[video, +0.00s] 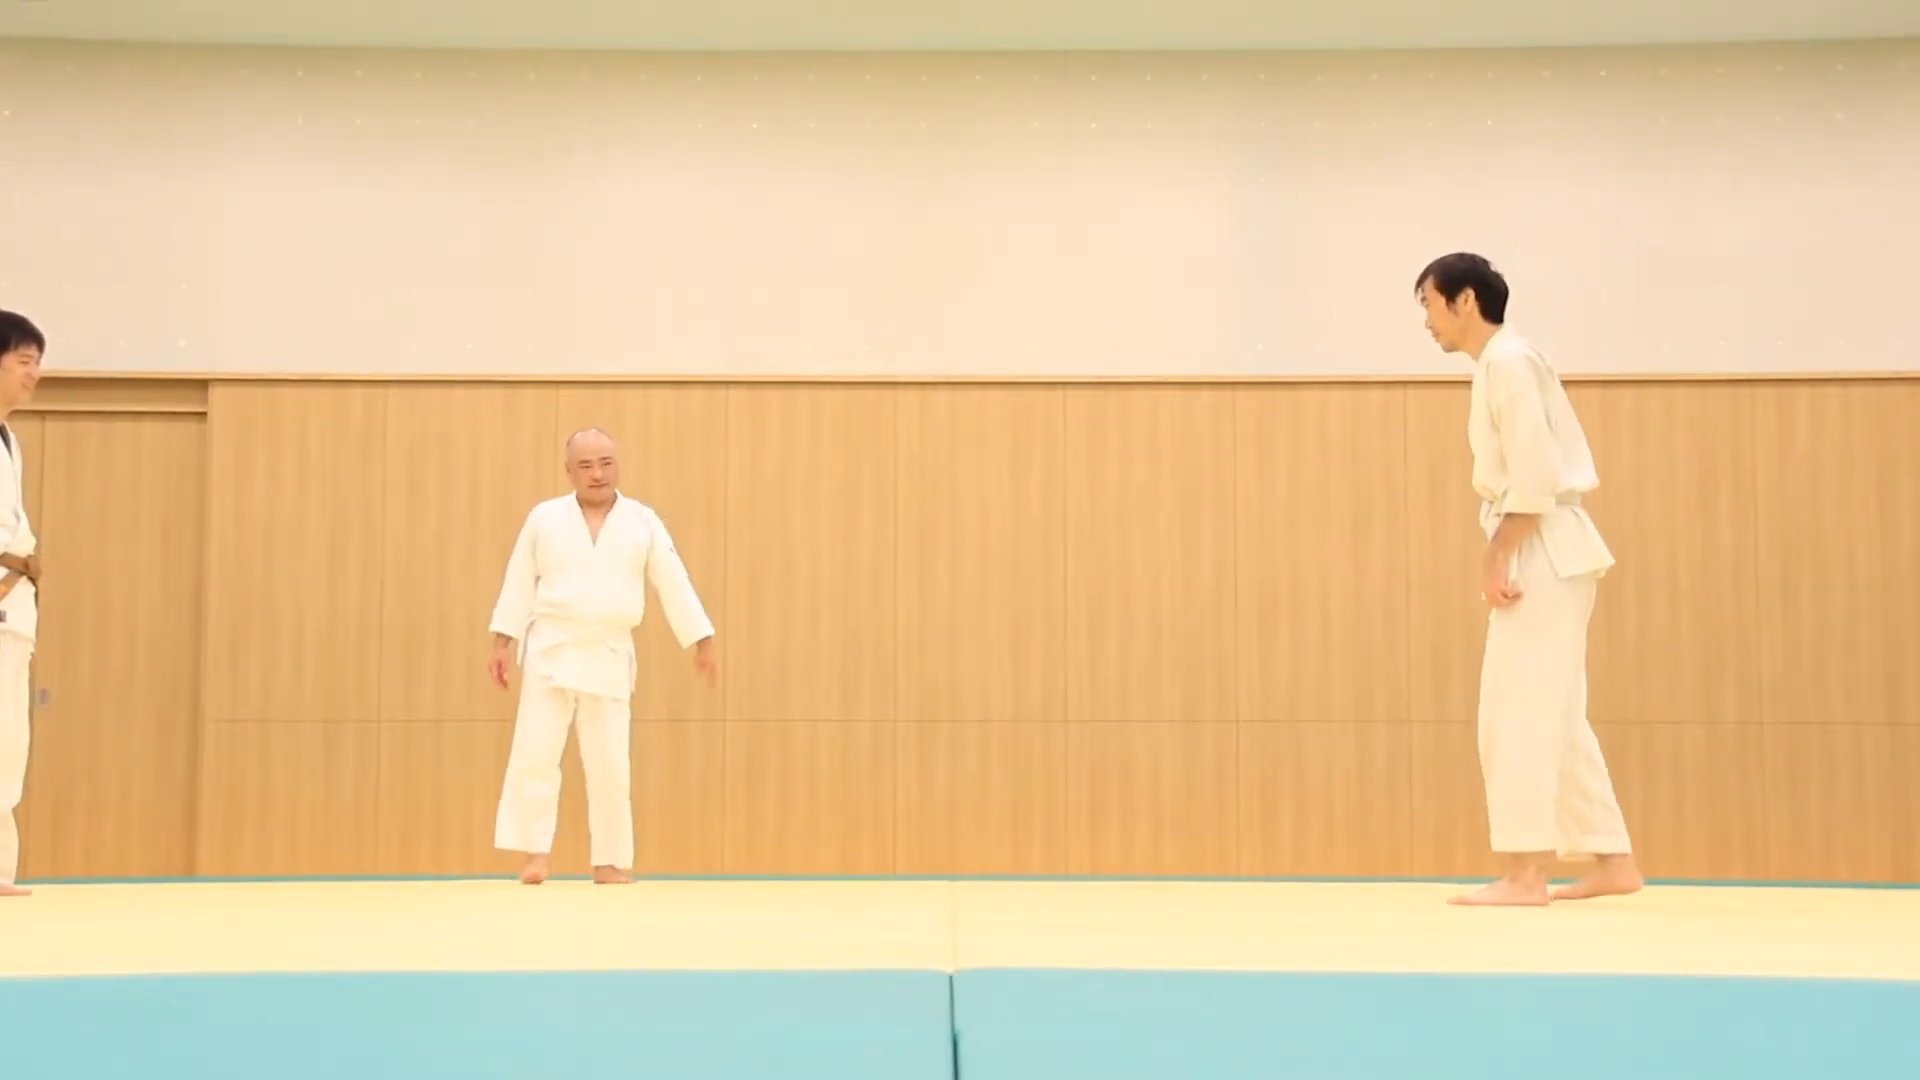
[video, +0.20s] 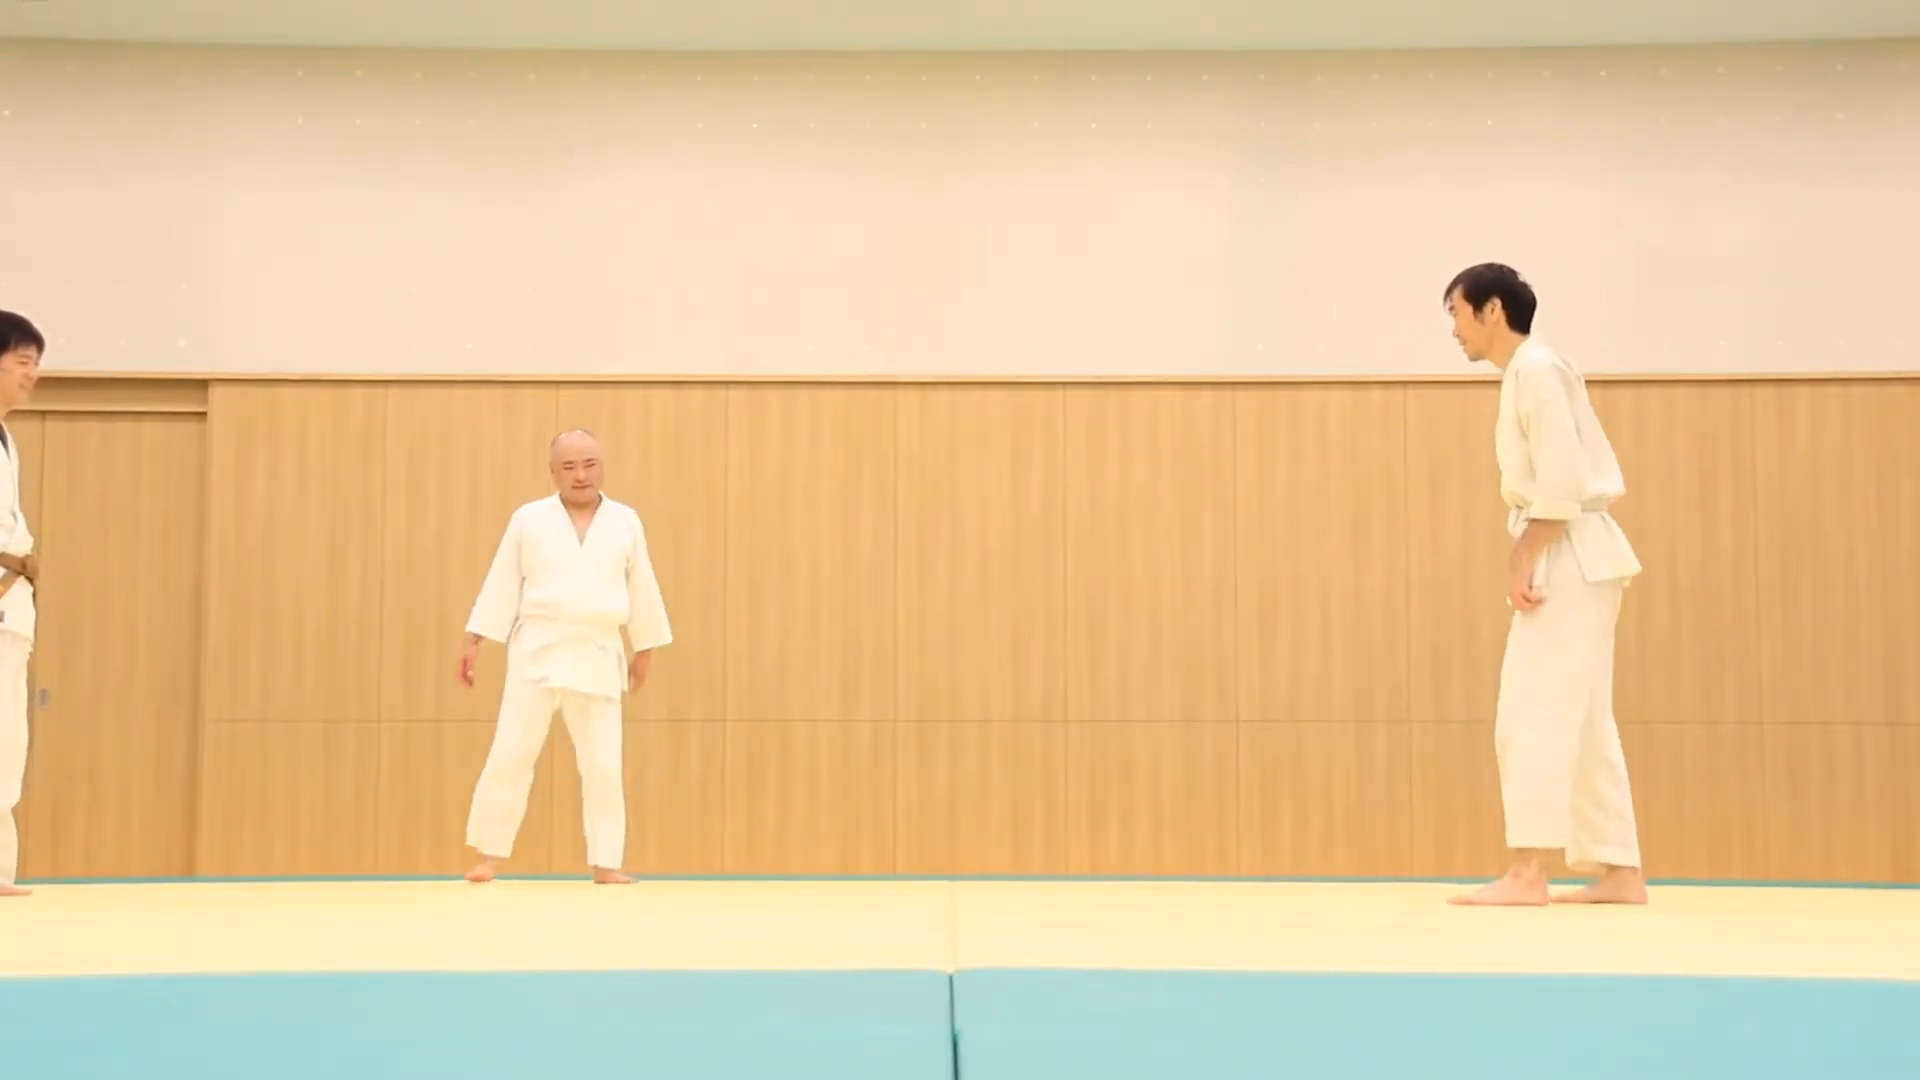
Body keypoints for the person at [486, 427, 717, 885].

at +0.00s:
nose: (597, 473)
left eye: (605, 463)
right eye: (585, 465)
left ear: (618, 466)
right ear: (569, 471)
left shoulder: (641, 519)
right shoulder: (545, 517)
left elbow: (672, 579)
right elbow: (520, 580)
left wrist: (701, 637)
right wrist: (502, 642)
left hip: (609, 653)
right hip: (550, 650)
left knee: (609, 761)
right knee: (536, 753)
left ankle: (609, 864)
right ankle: (535, 855)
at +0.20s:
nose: (581, 474)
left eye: (589, 464)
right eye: (569, 466)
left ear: (603, 467)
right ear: (553, 472)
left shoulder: (625, 522)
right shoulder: (529, 519)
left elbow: (641, 590)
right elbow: (501, 584)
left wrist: (642, 649)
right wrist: (473, 640)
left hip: (598, 653)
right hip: (535, 651)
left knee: (603, 762)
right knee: (512, 751)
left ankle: (606, 865)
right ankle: (489, 857)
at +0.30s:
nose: (565, 477)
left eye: (574, 467)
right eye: (553, 469)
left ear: (588, 471)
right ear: (537, 474)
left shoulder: (608, 525)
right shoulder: (512, 522)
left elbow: (625, 596)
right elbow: (482, 585)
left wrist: (623, 658)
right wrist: (452, 639)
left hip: (586, 656)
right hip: (524, 654)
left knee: (597, 763)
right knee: (500, 755)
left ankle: (606, 865)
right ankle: (472, 859)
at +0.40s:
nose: (544, 479)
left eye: (553, 469)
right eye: (532, 471)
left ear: (566, 473)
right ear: (516, 476)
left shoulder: (585, 527)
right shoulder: (490, 524)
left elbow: (605, 592)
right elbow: (459, 583)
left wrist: (607, 651)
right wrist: (428, 633)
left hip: (568, 656)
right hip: (506, 655)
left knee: (586, 763)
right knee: (491, 760)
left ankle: (605, 865)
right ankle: (469, 864)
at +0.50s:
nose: (519, 479)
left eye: (528, 470)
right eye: (508, 471)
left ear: (540, 474)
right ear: (491, 476)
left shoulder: (560, 526)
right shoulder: (467, 526)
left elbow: (583, 584)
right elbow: (436, 582)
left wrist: (596, 637)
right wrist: (408, 627)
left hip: (544, 656)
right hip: (485, 656)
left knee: (572, 759)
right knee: (476, 760)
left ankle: (600, 862)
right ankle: (469, 865)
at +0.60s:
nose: (495, 480)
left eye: (504, 470)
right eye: (484, 472)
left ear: (517, 474)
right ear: (468, 478)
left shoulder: (540, 526)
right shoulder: (447, 527)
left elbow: (565, 578)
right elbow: (416, 582)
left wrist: (580, 620)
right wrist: (389, 625)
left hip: (526, 658)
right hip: (467, 658)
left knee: (557, 759)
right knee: (463, 763)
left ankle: (576, 860)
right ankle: (467, 865)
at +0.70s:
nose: (475, 477)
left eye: (484, 468)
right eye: (464, 470)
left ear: (497, 470)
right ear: (449, 476)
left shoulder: (523, 521)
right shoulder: (430, 525)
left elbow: (549, 568)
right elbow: (399, 581)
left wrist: (557, 606)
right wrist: (369, 627)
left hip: (511, 655)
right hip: (454, 656)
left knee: (537, 756)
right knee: (455, 760)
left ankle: (522, 855)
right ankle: (461, 863)